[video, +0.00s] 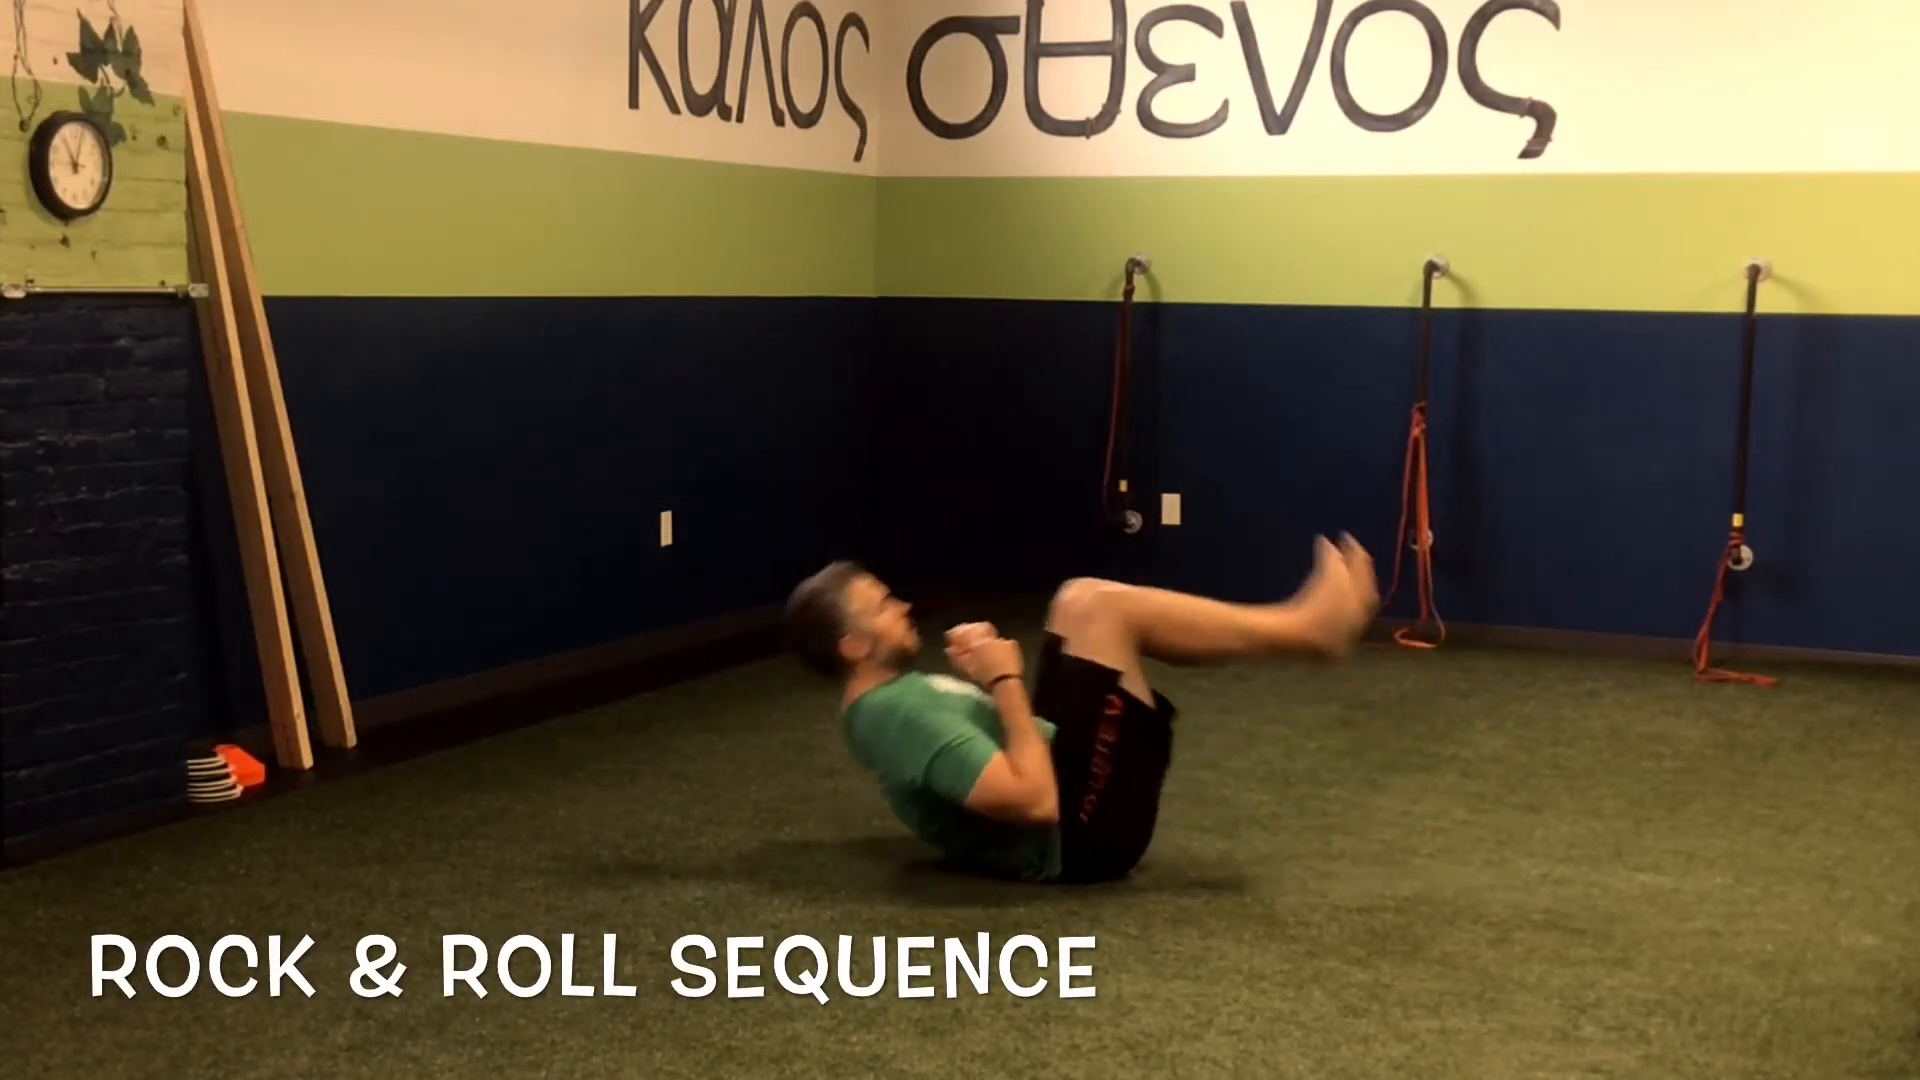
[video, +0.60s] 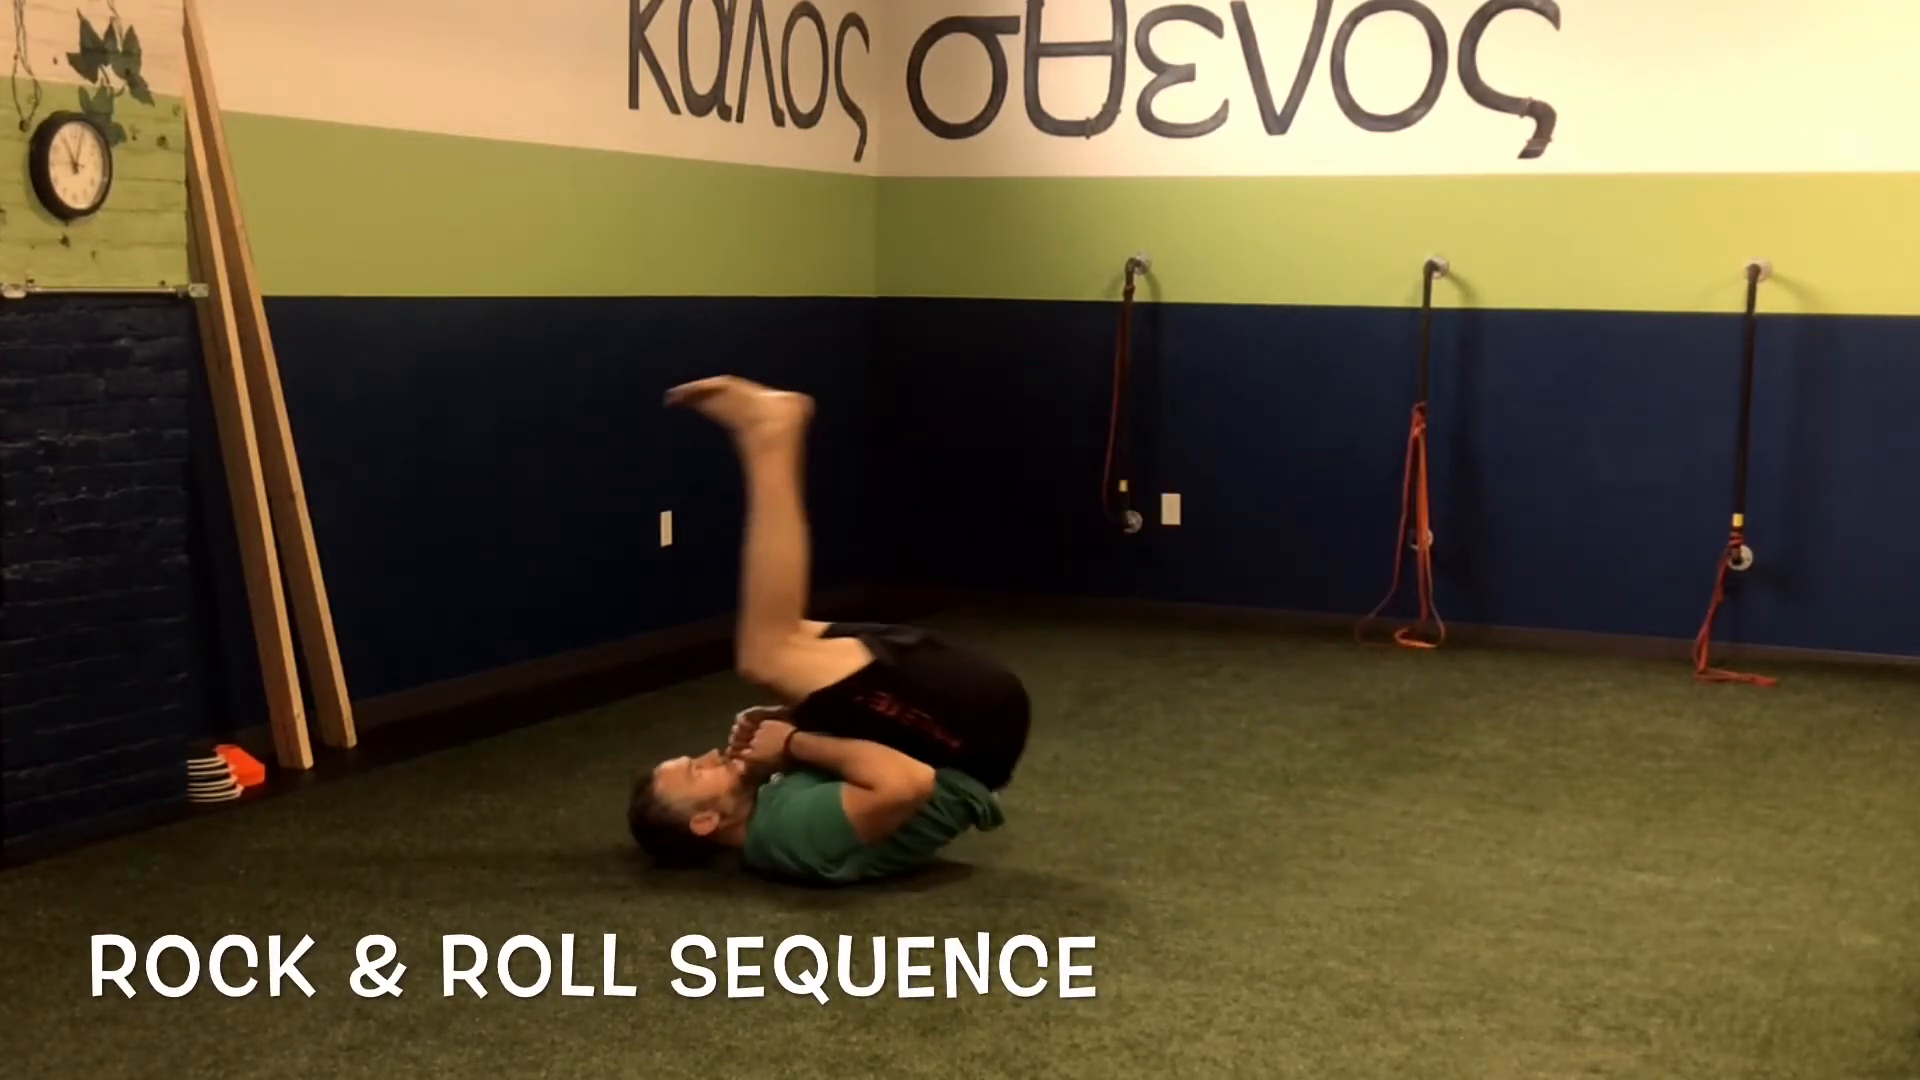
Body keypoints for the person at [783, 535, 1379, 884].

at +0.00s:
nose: (902, 609)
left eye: (889, 599)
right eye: (882, 607)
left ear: (859, 643)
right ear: (852, 646)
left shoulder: (890, 698)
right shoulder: (900, 713)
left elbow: (1013, 770)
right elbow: (1035, 799)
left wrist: (996, 673)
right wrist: (1007, 681)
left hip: (1059, 825)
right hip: (1080, 844)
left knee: (1083, 601)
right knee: (1095, 604)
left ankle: (1294, 625)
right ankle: (1308, 626)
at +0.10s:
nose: (861, 639)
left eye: (848, 631)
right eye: (840, 641)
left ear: (828, 679)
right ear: (815, 685)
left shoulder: (876, 717)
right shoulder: (870, 745)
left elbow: (994, 777)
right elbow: (1017, 807)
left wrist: (960, 682)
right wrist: (968, 697)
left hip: (1059, 816)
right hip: (1077, 837)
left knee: (1022, 597)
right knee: (1039, 603)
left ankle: (1228, 563)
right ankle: (1238, 566)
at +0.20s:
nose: (823, 670)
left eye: (808, 664)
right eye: (802, 673)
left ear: (793, 718)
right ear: (783, 723)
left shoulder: (842, 749)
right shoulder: (844, 785)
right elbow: (994, 809)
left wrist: (910, 699)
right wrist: (922, 707)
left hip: (1045, 803)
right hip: (1061, 821)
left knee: (960, 602)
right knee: (963, 606)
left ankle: (1130, 499)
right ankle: (1138, 501)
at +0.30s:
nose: (783, 702)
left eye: (766, 698)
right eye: (761, 710)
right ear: (752, 764)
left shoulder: (816, 779)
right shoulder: (820, 809)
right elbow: (969, 809)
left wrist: (872, 715)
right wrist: (874, 728)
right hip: (1044, 795)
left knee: (901, 616)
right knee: (900, 622)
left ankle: (1029, 450)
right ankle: (1027, 451)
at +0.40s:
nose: (748, 725)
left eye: (729, 728)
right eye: (728, 738)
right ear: (730, 792)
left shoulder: (801, 793)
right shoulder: (802, 822)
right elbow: (945, 801)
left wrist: (837, 726)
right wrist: (840, 735)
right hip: (1022, 773)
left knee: (861, 629)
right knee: (845, 630)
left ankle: (925, 430)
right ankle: (921, 432)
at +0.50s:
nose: (724, 743)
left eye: (705, 745)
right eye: (706, 755)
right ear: (716, 807)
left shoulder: (785, 803)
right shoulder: (792, 830)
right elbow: (925, 793)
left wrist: (799, 742)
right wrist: (814, 740)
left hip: (1005, 736)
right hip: (1001, 749)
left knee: (827, 635)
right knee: (801, 641)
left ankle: (840, 428)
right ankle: (835, 428)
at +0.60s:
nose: (708, 753)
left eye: (691, 757)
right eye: (694, 770)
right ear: (707, 820)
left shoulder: (770, 809)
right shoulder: (787, 830)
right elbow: (910, 783)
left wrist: (774, 756)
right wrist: (792, 743)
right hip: (981, 729)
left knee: (789, 638)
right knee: (766, 653)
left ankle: (772, 434)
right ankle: (770, 432)